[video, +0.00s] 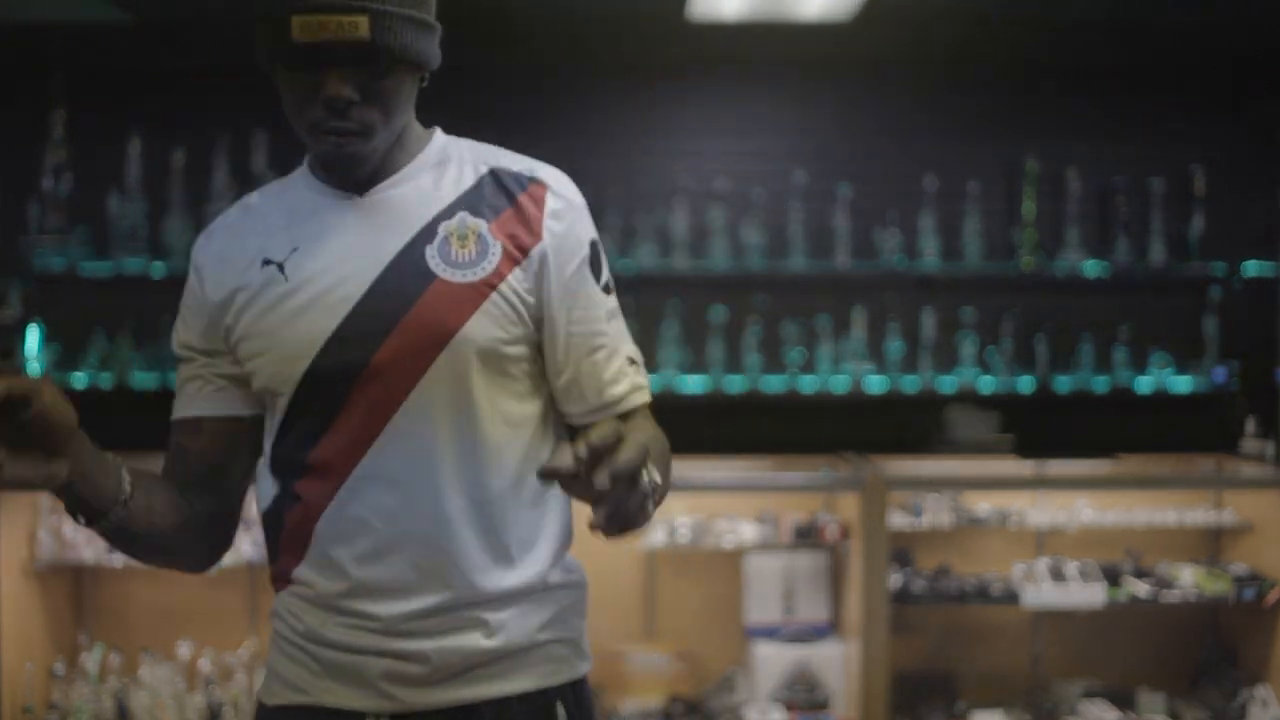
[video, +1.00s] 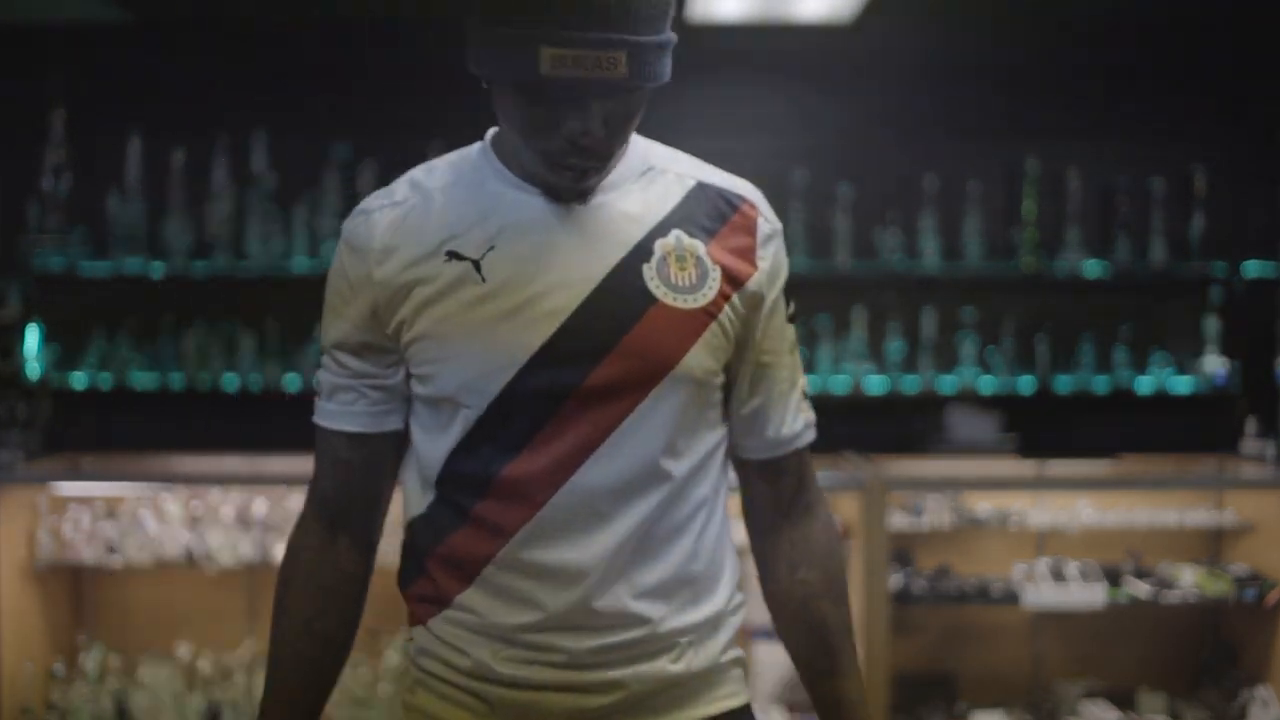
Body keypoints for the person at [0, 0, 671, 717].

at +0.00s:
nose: (338, 91)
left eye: (369, 65)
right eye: (312, 64)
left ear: (421, 69)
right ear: (281, 75)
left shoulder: (532, 204)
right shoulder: (230, 250)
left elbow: (624, 438)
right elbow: (199, 524)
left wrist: (625, 470)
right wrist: (79, 465)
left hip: (514, 672)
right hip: (320, 677)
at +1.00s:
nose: (586, 127)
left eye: (617, 94)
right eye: (550, 93)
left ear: (651, 79)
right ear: (489, 71)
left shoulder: (731, 224)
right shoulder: (389, 237)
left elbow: (788, 506)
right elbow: (337, 522)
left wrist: (848, 706)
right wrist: (283, 713)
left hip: (687, 688)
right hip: (467, 688)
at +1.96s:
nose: (671, 122)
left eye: (699, 90)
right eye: (639, 87)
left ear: (735, 77)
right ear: (583, 69)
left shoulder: (803, 225)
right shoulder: (481, 223)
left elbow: (836, 492)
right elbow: (433, 499)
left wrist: (889, 707)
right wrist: (388, 709)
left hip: (734, 686)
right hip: (531, 688)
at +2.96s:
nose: (645, 144)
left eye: (674, 111)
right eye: (613, 113)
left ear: (706, 91)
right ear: (561, 89)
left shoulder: (776, 227)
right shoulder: (459, 224)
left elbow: (884, 454)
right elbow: (348, 459)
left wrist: (1029, 658)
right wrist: (257, 692)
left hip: (726, 680)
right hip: (526, 687)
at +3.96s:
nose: (878, 207)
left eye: (910, 182)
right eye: (854, 172)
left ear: (940, 155)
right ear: (783, 110)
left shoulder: (917, 266)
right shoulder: (645, 178)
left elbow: (878, 518)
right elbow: (586, 459)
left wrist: (859, 695)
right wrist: (779, 273)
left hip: (813, 684)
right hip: (618, 681)